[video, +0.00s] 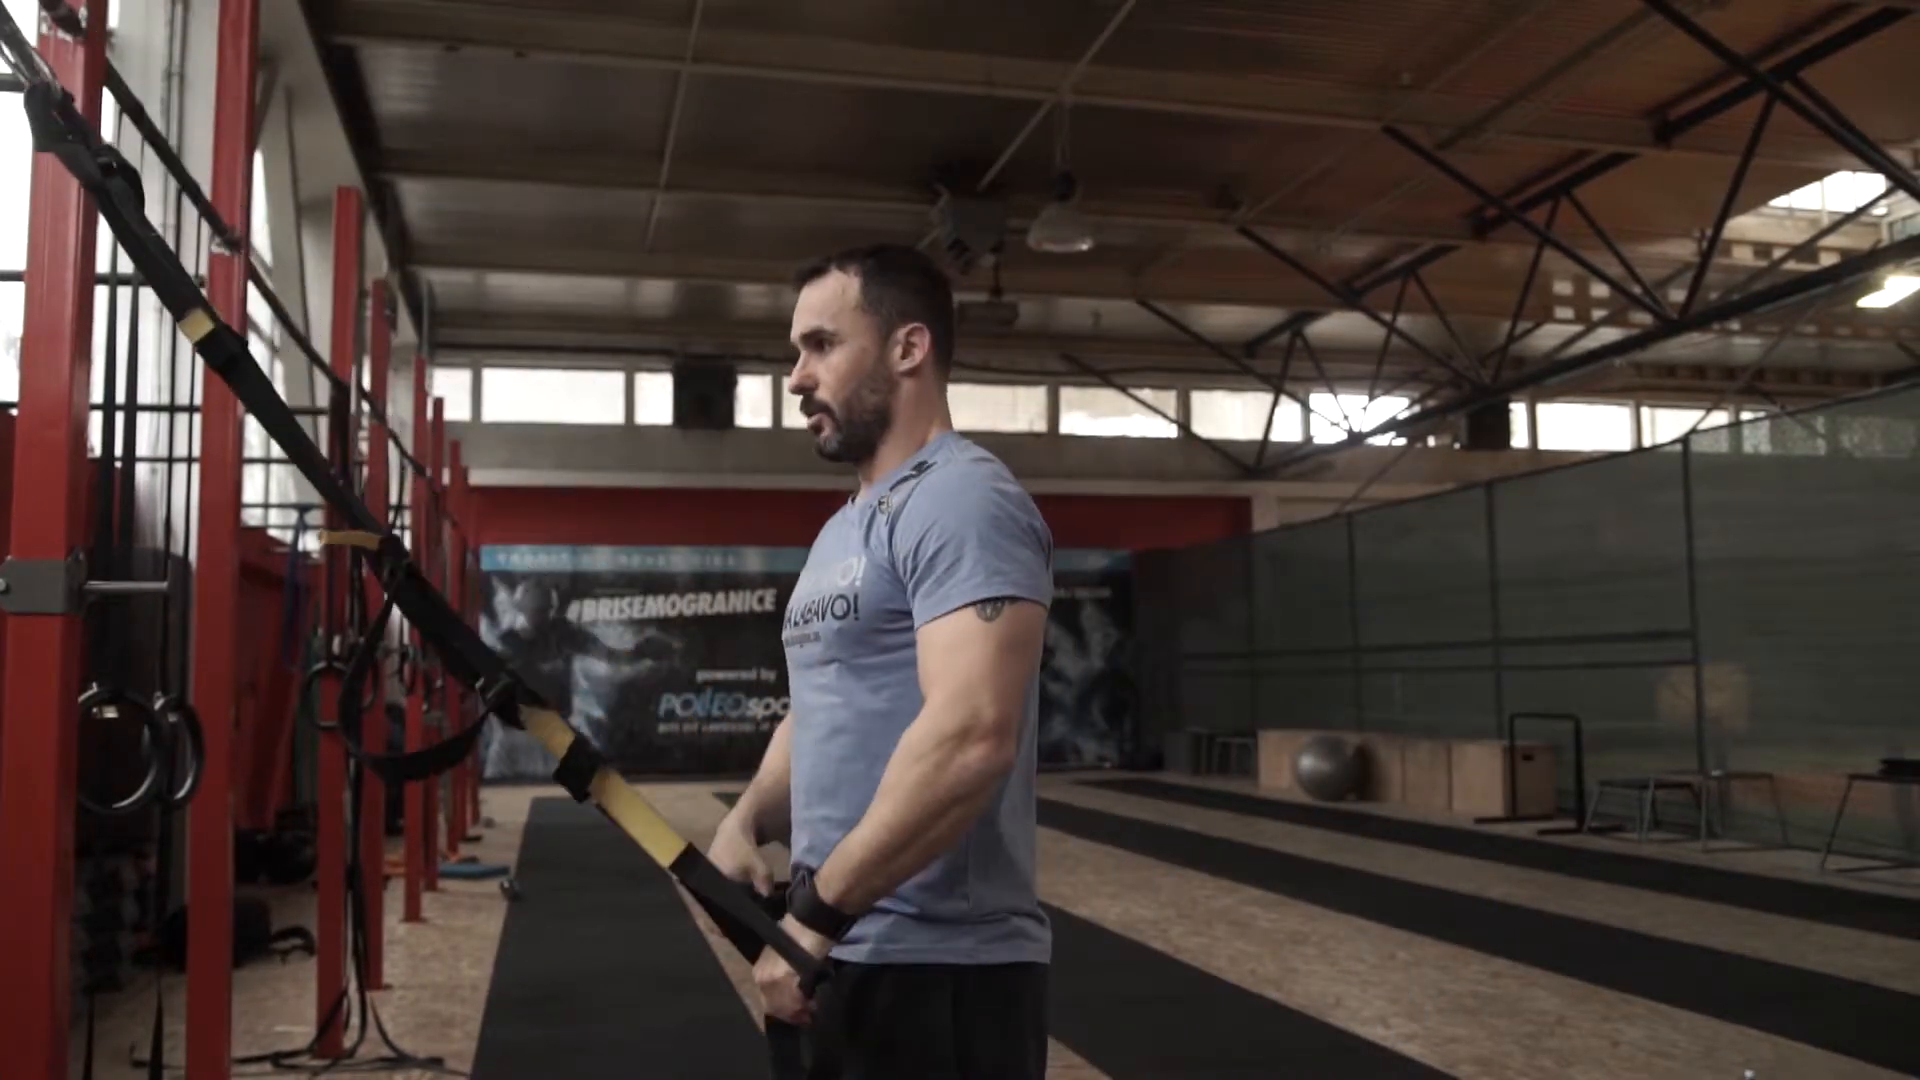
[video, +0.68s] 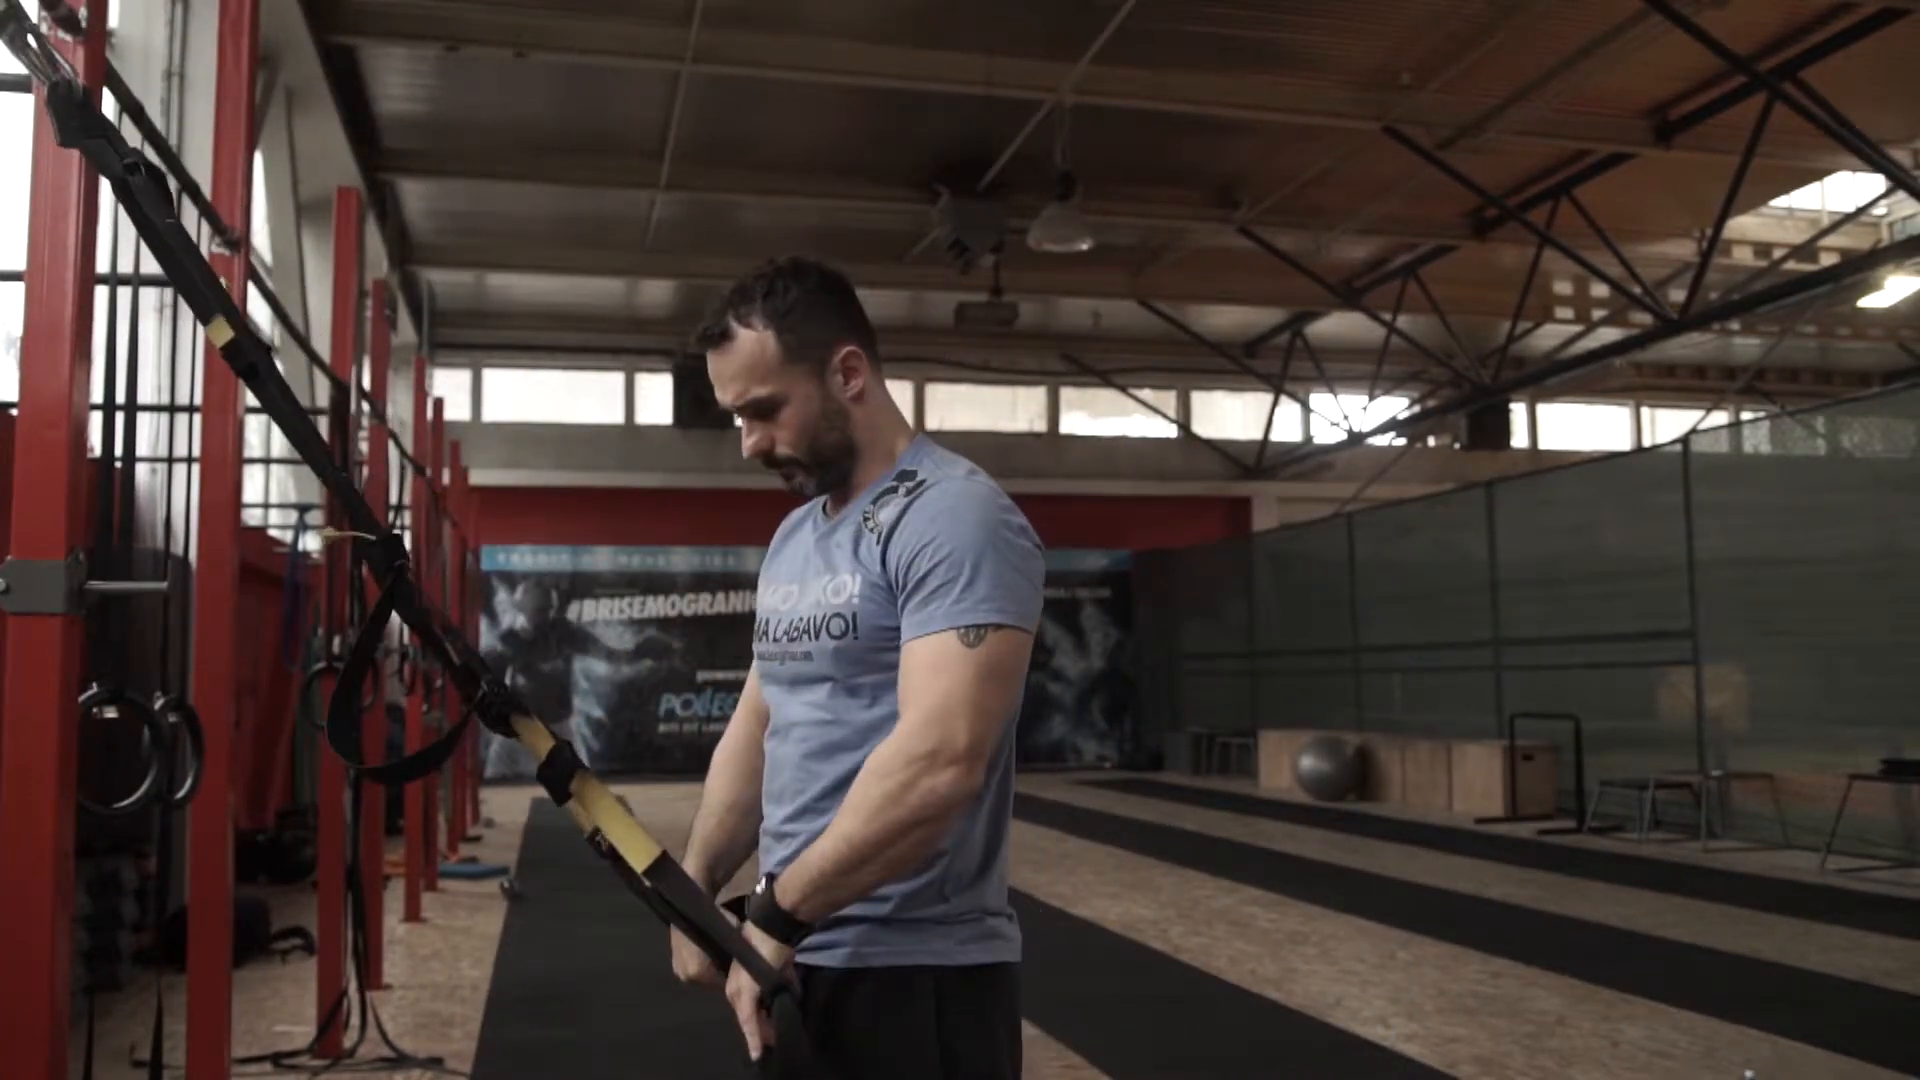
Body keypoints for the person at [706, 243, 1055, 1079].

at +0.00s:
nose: (797, 378)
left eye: (822, 344)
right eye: (797, 354)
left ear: (909, 347)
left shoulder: (965, 495)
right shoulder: (847, 526)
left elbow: (973, 737)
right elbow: (821, 705)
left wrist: (815, 912)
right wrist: (747, 821)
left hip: (941, 970)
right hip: (846, 960)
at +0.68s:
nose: (751, 445)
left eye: (765, 409)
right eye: (738, 420)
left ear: (851, 373)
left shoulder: (960, 516)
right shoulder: (795, 537)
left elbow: (942, 759)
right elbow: (757, 721)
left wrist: (775, 913)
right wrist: (695, 883)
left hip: (923, 973)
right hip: (804, 966)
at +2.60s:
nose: (687, 467)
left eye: (696, 430)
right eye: (674, 441)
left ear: (778, 383)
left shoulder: (900, 509)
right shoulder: (770, 546)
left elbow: (845, 772)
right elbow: (740, 736)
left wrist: (717, 956)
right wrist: (674, 900)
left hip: (891, 985)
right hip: (779, 973)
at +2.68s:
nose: (690, 464)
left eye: (699, 428)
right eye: (677, 439)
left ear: (781, 382)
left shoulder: (903, 510)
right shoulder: (772, 545)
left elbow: (848, 773)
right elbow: (740, 735)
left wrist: (718, 959)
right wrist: (677, 897)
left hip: (893, 986)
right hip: (778, 973)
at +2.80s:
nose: (695, 461)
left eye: (704, 425)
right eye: (681, 436)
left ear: (786, 379)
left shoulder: (905, 509)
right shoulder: (773, 541)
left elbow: (852, 775)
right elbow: (741, 735)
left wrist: (722, 955)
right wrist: (680, 895)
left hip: (897, 984)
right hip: (784, 973)